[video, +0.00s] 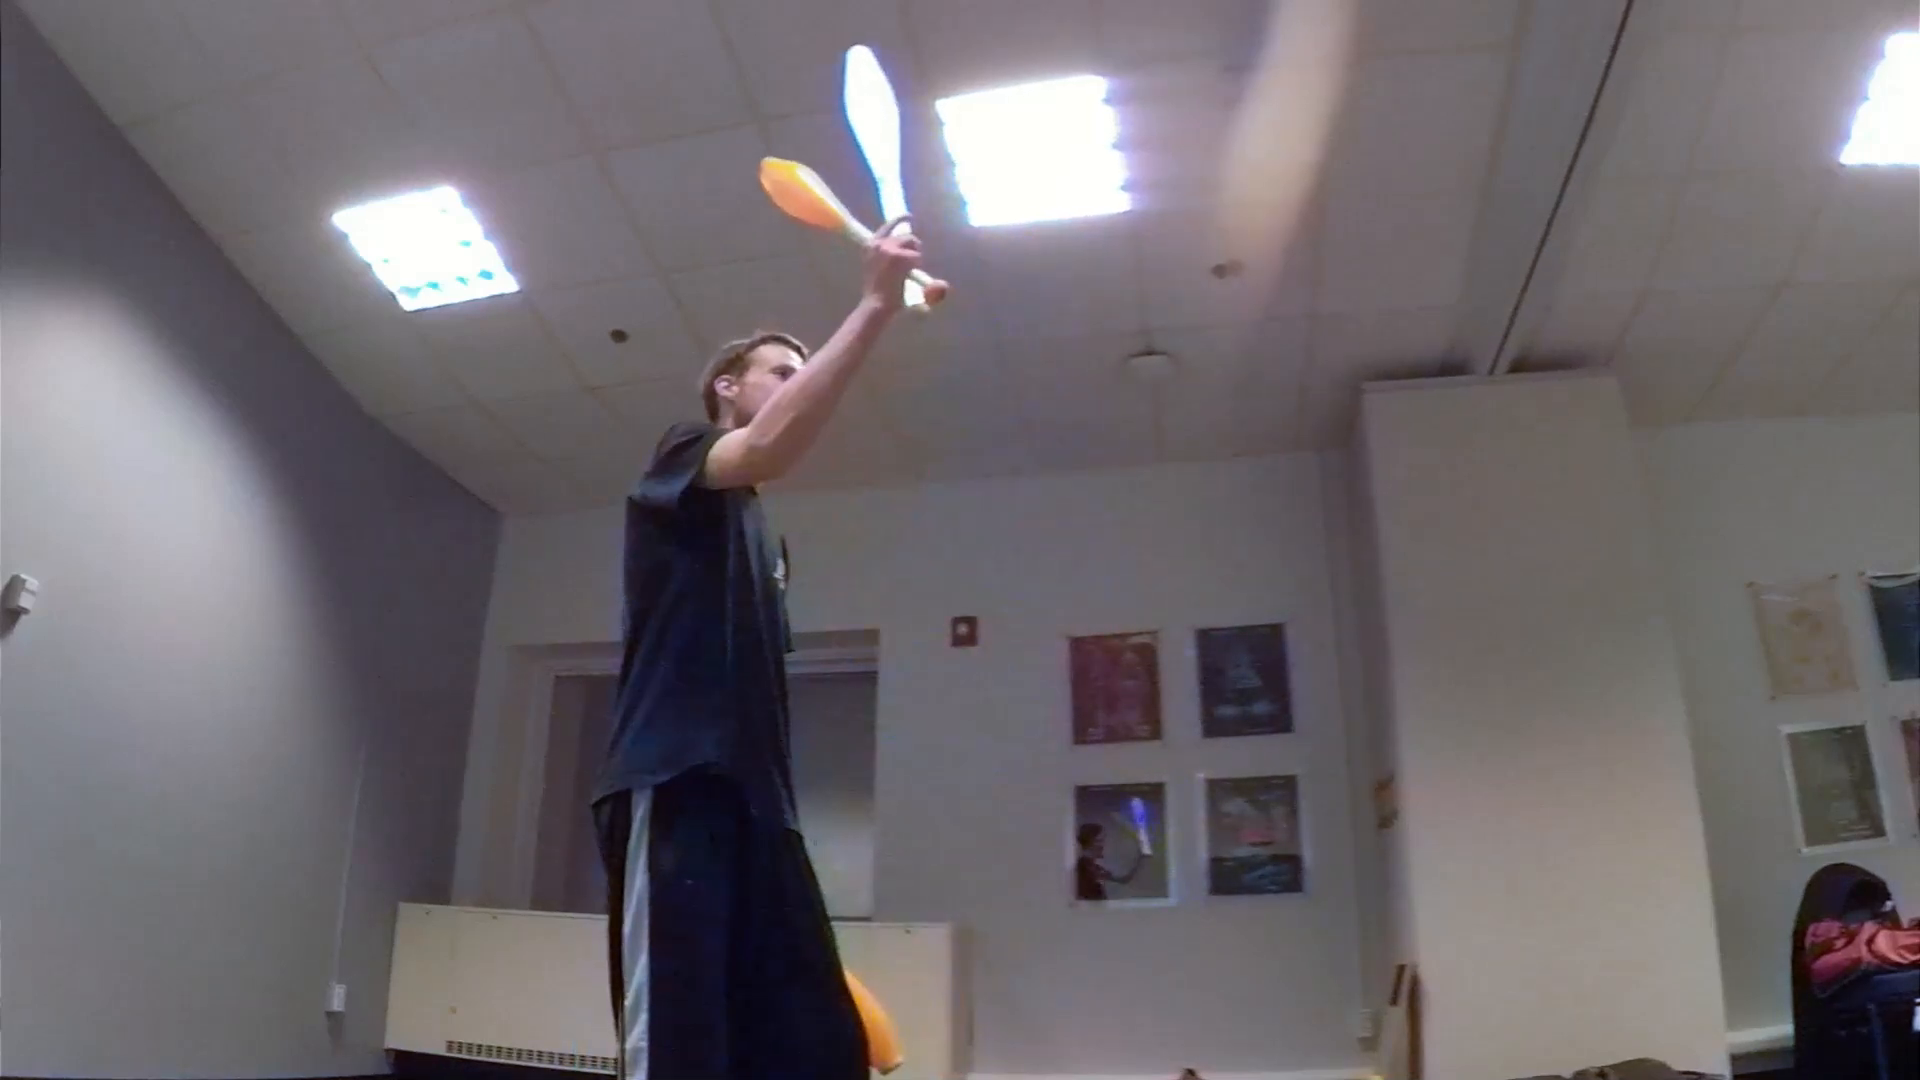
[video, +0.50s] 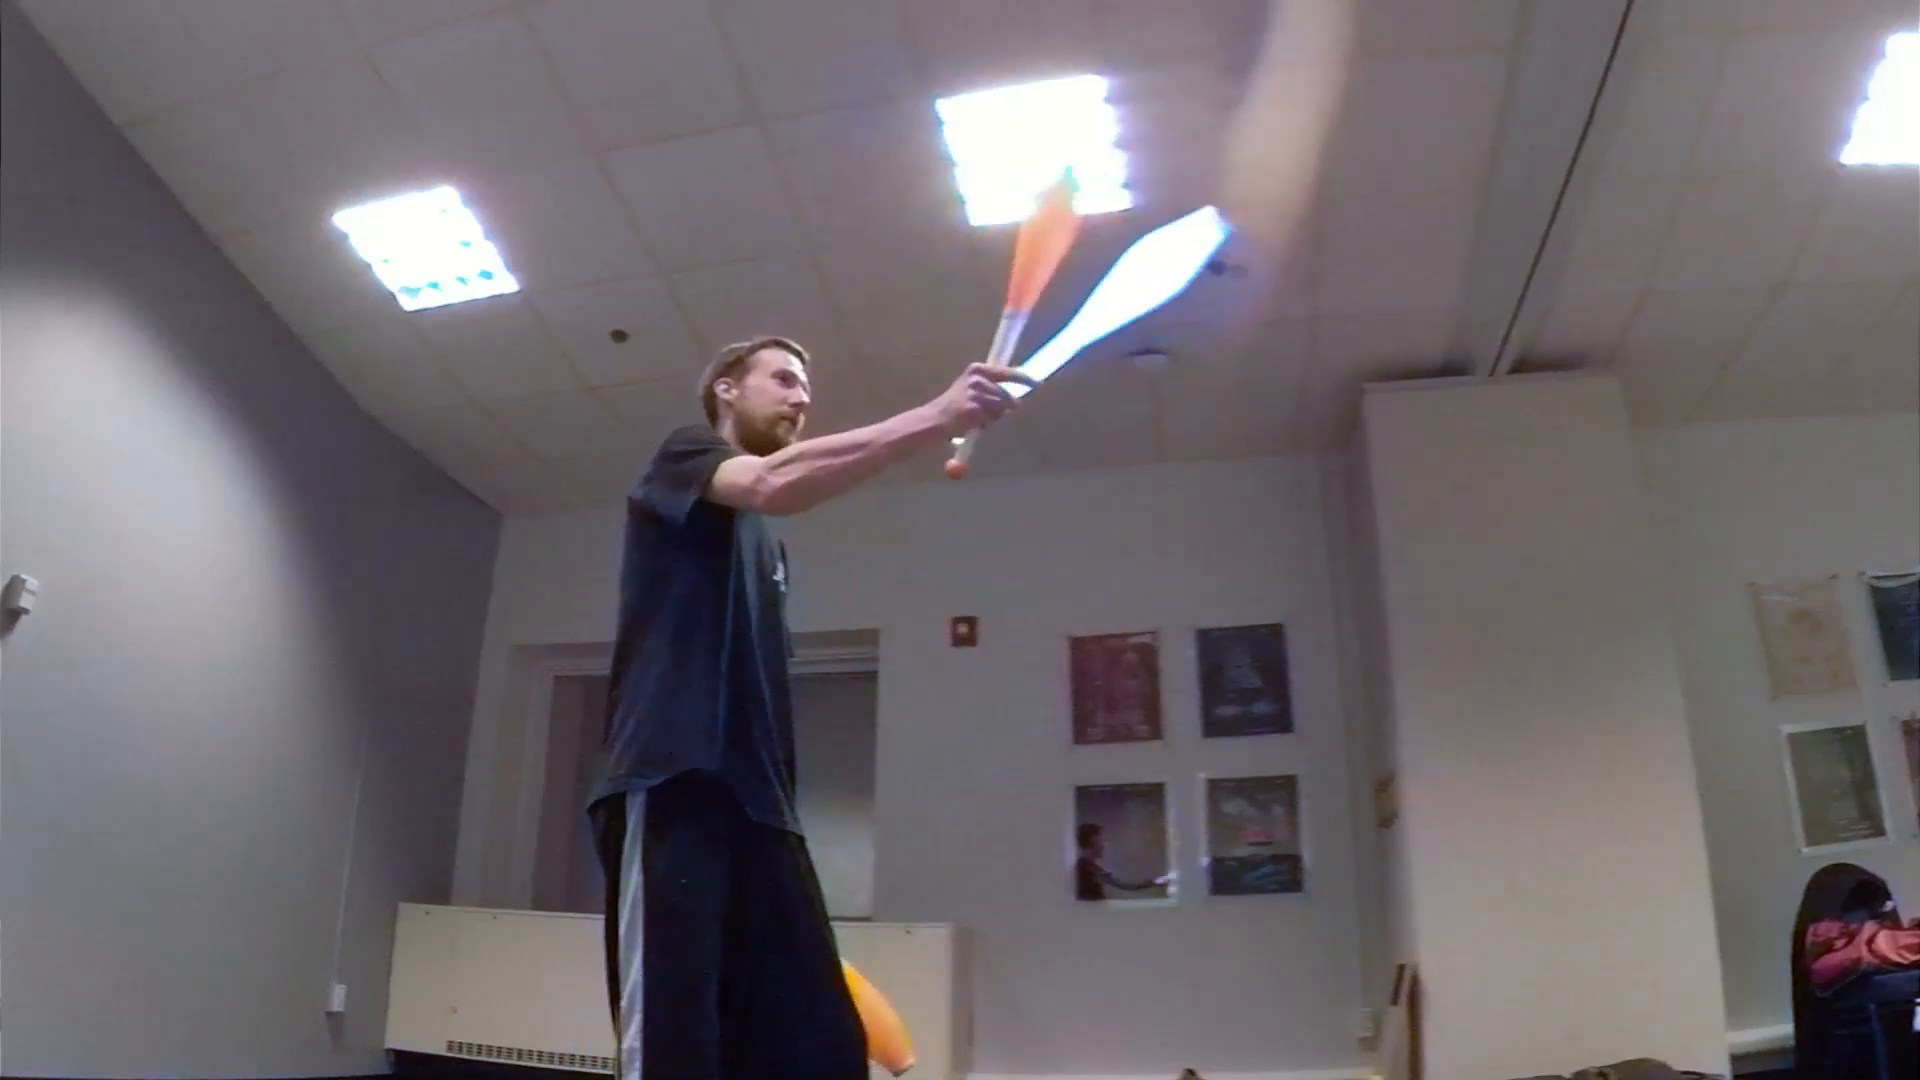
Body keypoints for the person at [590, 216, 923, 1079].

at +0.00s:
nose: (797, 392)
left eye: (803, 382)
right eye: (781, 374)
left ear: (776, 397)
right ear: (725, 389)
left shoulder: (755, 518)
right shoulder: (682, 457)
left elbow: (751, 667)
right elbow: (767, 447)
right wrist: (875, 303)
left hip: (753, 788)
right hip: (677, 778)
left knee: (813, 1021)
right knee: (679, 1015)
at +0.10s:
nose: (801, 389)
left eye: (806, 382)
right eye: (783, 372)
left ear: (800, 405)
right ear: (723, 385)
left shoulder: (761, 526)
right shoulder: (678, 458)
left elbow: (748, 665)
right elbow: (752, 464)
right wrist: (876, 322)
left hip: (755, 792)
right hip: (674, 782)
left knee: (815, 1027)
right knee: (680, 1023)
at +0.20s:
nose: (803, 395)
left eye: (809, 386)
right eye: (782, 376)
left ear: (810, 407)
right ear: (724, 389)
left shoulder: (764, 535)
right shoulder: (677, 458)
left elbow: (756, 666)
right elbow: (739, 478)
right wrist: (891, 356)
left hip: (757, 798)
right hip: (677, 788)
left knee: (813, 1025)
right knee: (677, 1021)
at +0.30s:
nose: (799, 397)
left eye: (804, 389)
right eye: (779, 378)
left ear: (801, 413)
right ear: (722, 390)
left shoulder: (758, 526)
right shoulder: (677, 458)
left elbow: (748, 659)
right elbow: (750, 477)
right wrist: (908, 383)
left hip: (756, 791)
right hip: (672, 784)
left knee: (816, 1029)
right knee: (674, 1023)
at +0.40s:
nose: (798, 397)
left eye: (802, 389)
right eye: (779, 379)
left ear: (794, 413)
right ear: (721, 389)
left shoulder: (760, 529)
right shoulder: (680, 456)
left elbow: (750, 659)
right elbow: (761, 480)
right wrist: (927, 407)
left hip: (756, 794)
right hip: (675, 785)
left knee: (815, 1030)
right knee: (673, 1024)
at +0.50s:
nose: (801, 397)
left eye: (805, 388)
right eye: (782, 378)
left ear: (799, 411)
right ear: (724, 388)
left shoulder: (763, 534)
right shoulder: (684, 454)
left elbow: (751, 666)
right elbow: (770, 484)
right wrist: (934, 415)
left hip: (755, 798)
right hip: (674, 786)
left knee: (813, 1029)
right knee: (671, 1026)